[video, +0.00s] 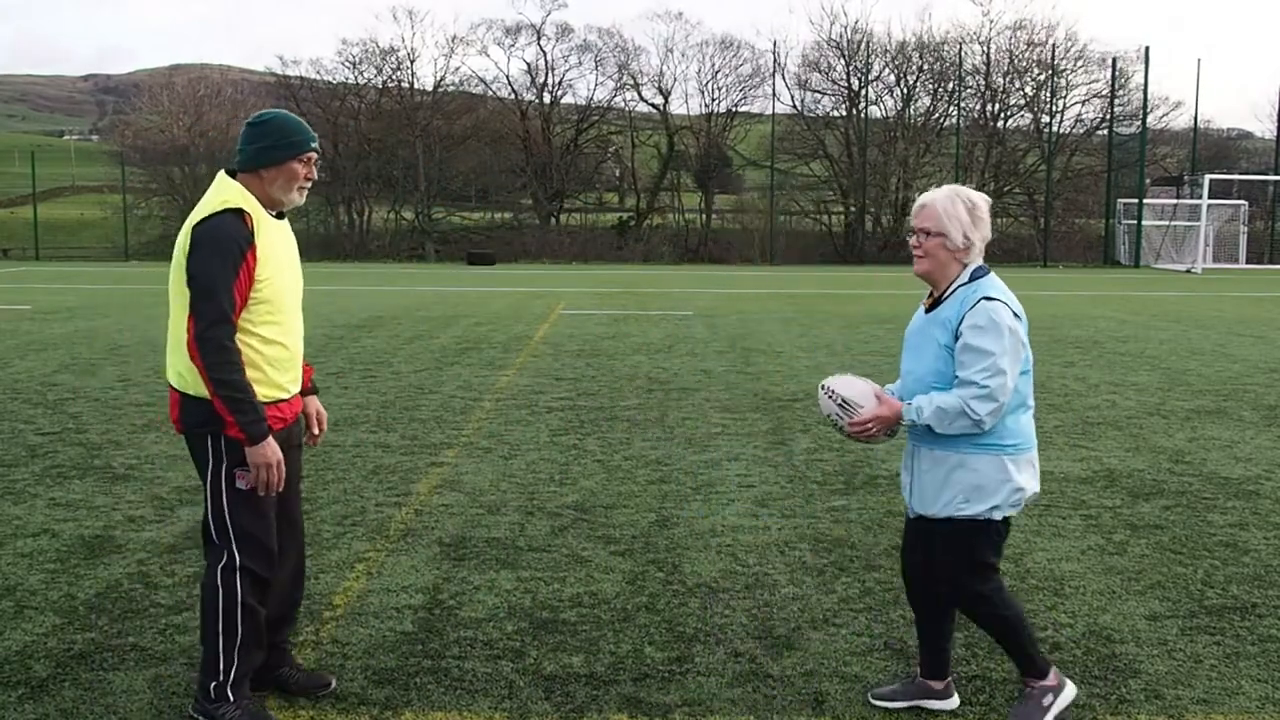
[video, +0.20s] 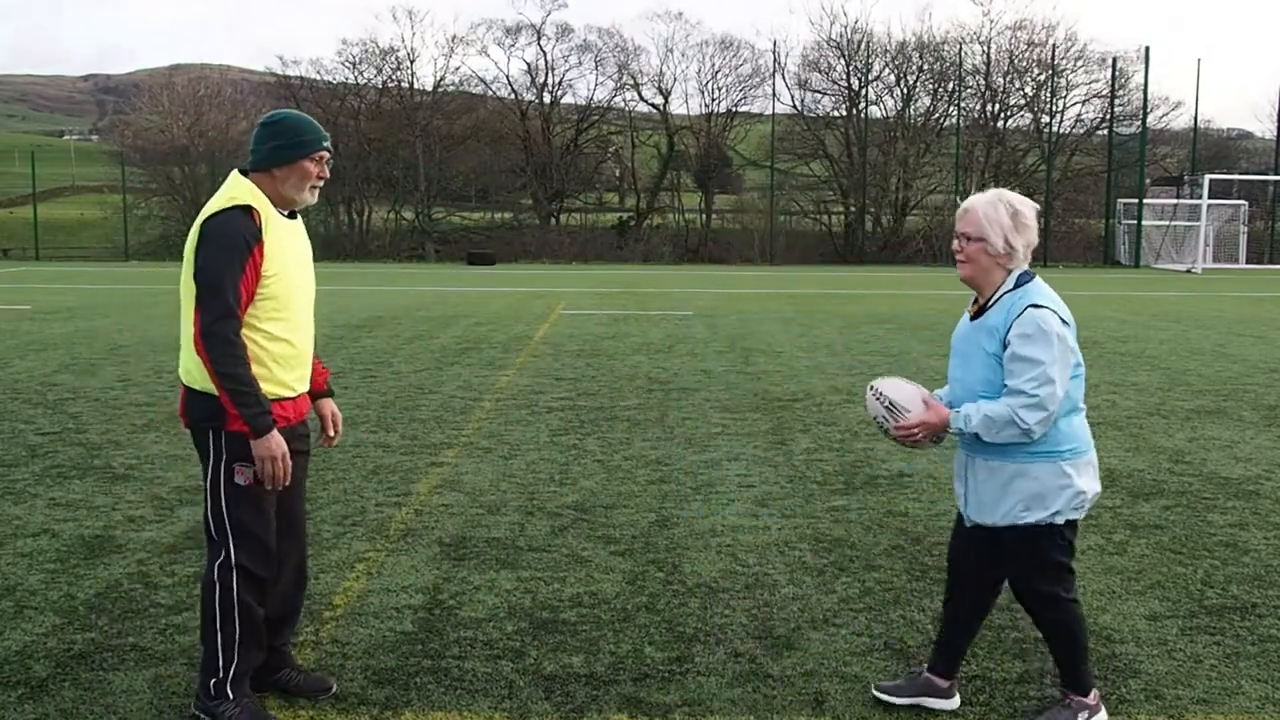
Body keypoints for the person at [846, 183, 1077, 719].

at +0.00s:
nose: (913, 243)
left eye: (926, 234)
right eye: (912, 233)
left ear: (962, 242)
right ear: (916, 236)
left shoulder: (989, 310)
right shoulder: (937, 303)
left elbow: (981, 405)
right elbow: (927, 380)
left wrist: (904, 411)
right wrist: (884, 400)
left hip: (981, 474)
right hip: (935, 470)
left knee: (970, 580)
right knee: (922, 573)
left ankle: (1044, 681)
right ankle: (934, 681)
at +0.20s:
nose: (956, 249)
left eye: (967, 239)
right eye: (955, 238)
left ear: (1004, 247)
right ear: (988, 248)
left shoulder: (1035, 316)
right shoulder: (983, 309)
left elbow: (1030, 413)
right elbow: (972, 386)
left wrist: (952, 419)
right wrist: (927, 407)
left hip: (1039, 484)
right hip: (988, 479)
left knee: (1047, 594)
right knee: (967, 584)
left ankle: (1082, 699)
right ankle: (939, 678)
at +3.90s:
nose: (852, 244)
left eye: (864, 235)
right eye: (854, 233)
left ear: (900, 243)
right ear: (895, 243)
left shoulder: (928, 310)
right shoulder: (891, 303)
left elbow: (931, 406)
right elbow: (874, 382)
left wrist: (855, 420)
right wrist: (829, 408)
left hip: (927, 474)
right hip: (898, 468)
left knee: (884, 573)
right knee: (896, 568)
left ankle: (893, 696)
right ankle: (962, 660)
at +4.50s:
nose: (987, 247)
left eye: (998, 238)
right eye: (988, 236)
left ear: (1034, 247)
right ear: (1030, 248)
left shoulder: (1064, 313)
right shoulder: (1021, 307)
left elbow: (1065, 407)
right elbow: (1008, 385)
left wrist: (991, 421)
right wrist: (966, 408)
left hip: (1073, 479)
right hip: (1030, 474)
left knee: (1080, 583)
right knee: (1010, 569)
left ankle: (1113, 688)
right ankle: (991, 674)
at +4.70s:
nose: (1024, 244)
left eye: (1034, 234)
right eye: (1024, 233)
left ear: (1071, 243)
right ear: (1058, 243)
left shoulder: (1107, 308)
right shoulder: (1053, 303)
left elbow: (1115, 399)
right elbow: (1044, 379)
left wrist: (1039, 418)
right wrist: (1005, 409)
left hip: (1108, 472)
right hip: (1063, 467)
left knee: (1101, 577)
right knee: (1039, 552)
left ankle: (1116, 690)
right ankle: (1068, 665)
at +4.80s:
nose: (1042, 241)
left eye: (1055, 232)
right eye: (1042, 230)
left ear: (1091, 241)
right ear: (1052, 234)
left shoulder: (1122, 306)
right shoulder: (1061, 300)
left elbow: (1131, 396)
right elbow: (1053, 376)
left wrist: (1051, 414)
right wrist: (1017, 407)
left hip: (1114, 469)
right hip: (1072, 464)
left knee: (1103, 575)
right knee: (1067, 562)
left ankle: (1118, 691)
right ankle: (1120, 661)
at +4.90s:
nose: (1051, 239)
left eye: (1062, 231)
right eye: (1051, 228)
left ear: (1100, 241)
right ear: (1082, 239)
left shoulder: (1130, 305)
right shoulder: (1063, 298)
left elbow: (1143, 394)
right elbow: (1056, 375)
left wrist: (1061, 413)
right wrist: (1023, 407)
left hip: (1124, 468)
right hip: (1084, 464)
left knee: (1109, 578)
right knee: (1095, 574)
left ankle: (1118, 690)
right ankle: (1123, 668)